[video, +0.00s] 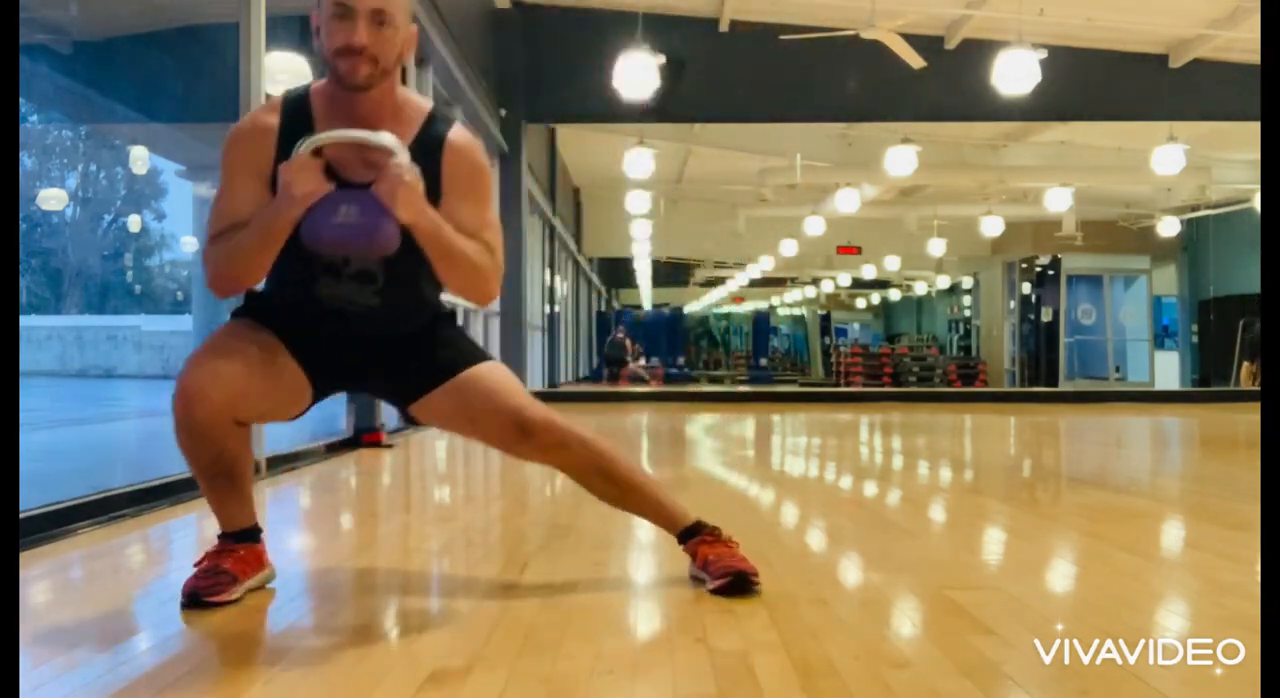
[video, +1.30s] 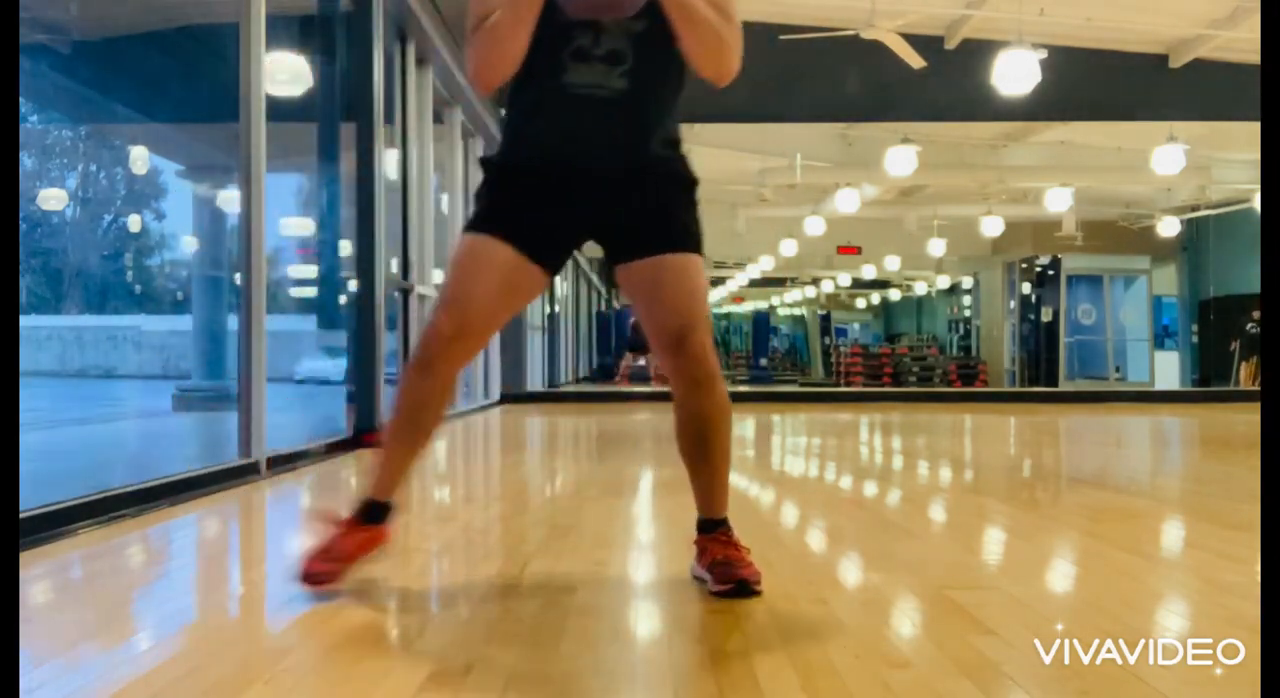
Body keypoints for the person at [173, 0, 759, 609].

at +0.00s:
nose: (358, 37)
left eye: (379, 21)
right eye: (342, 19)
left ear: (410, 38)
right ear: (317, 28)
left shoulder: (452, 147)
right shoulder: (263, 132)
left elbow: (484, 287)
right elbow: (223, 274)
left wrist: (418, 213)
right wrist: (284, 208)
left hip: (414, 336)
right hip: (295, 331)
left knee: (537, 431)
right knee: (199, 393)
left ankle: (696, 536)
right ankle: (240, 544)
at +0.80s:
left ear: (425, 2)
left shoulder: (470, 100)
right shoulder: (281, 85)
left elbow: (501, 238)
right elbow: (239, 227)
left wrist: (439, 144)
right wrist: (309, 135)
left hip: (431, 309)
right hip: (315, 306)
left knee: (555, 415)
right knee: (225, 398)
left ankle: (701, 536)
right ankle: (240, 541)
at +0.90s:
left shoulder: (504, 69)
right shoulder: (314, 50)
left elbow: (529, 205)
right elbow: (271, 189)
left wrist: (469, 99)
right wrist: (347, 95)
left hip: (459, 285)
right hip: (337, 281)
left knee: (572, 398)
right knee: (246, 395)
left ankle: (704, 536)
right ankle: (241, 540)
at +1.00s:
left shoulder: (541, 38)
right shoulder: (356, 22)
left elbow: (567, 168)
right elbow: (317, 153)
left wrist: (513, 70)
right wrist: (393, 57)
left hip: (492, 262)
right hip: (371, 261)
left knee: (598, 384)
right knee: (268, 393)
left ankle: (707, 535)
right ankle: (242, 543)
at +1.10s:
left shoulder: (589, 6)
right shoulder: (406, 2)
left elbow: (617, 131)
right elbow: (374, 119)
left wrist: (564, 36)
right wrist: (443, 22)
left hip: (542, 227)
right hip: (424, 224)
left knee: (631, 371)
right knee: (317, 379)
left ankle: (710, 534)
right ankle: (245, 544)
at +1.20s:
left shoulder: (644, 1)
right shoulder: (468, 1)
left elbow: (675, 92)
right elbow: (439, 91)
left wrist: (614, 1)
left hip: (602, 201)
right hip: (488, 198)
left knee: (665, 361)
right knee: (383, 360)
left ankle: (713, 534)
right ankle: (268, 523)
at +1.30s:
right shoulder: (516, 4)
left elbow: (722, 64)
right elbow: (485, 74)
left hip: (644, 177)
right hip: (535, 174)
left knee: (691, 353)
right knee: (442, 340)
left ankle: (716, 535)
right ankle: (373, 511)